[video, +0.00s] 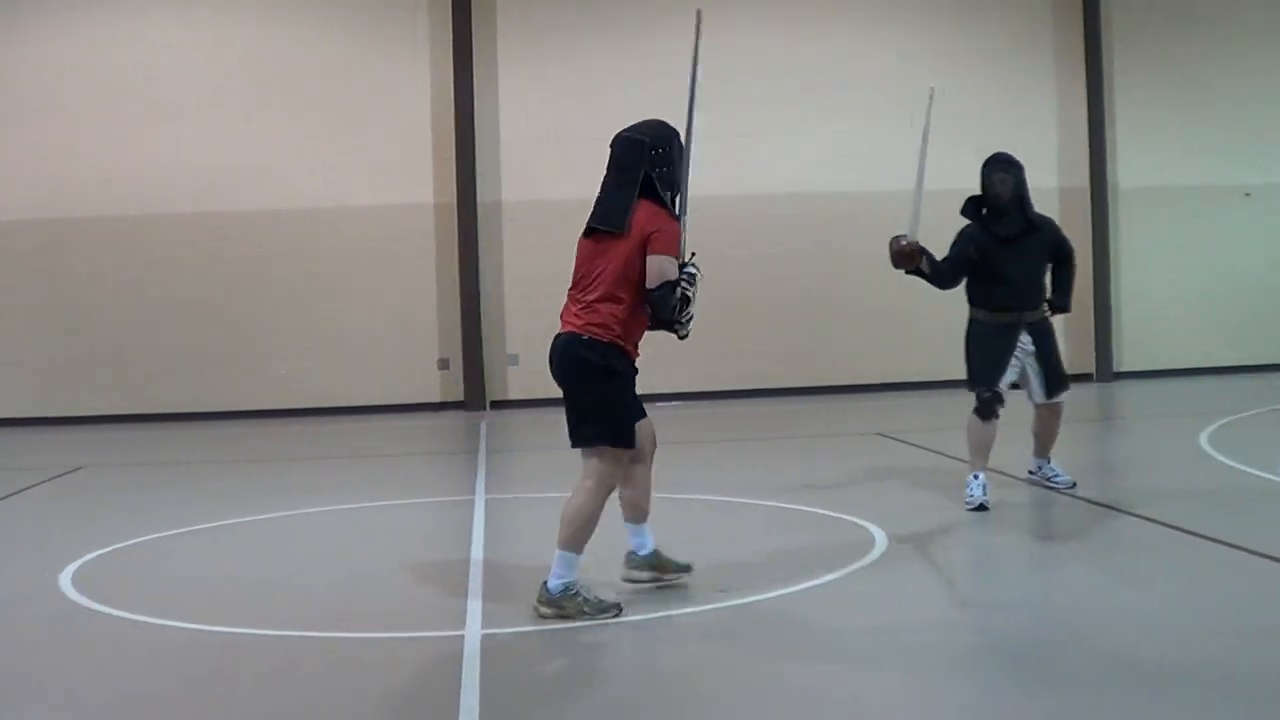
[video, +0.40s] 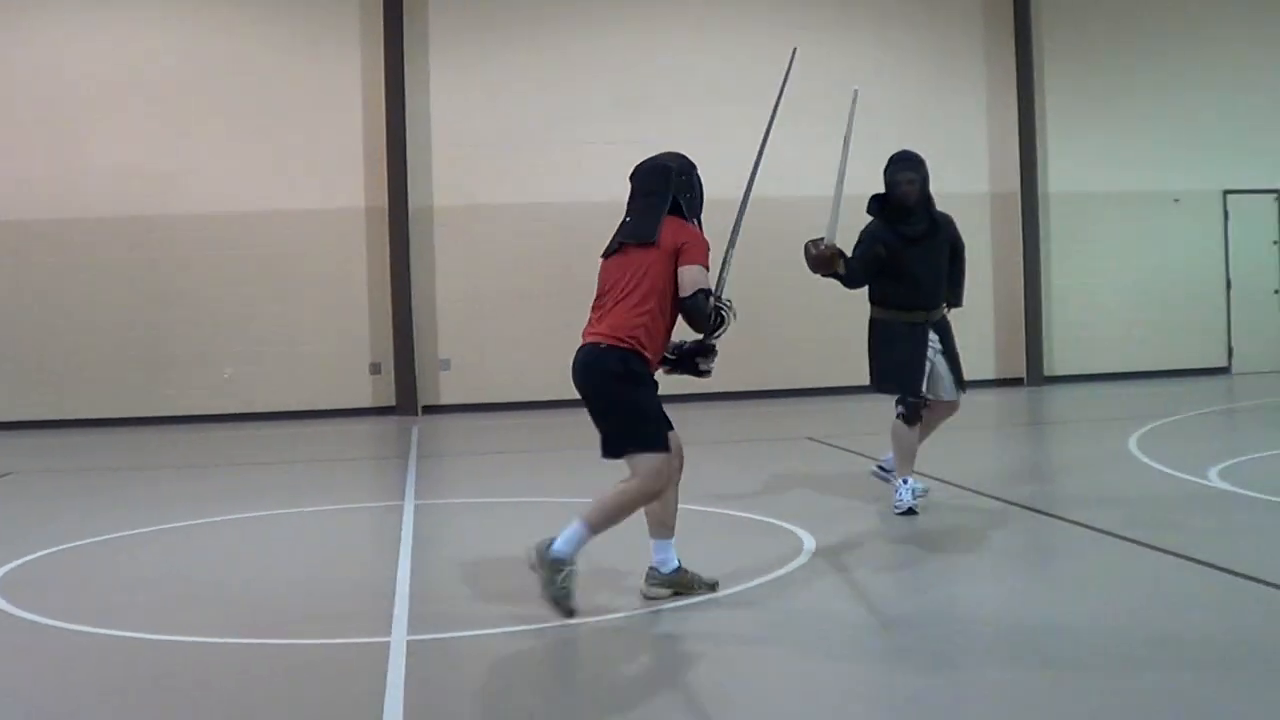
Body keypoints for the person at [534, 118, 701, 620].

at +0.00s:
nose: (680, 170)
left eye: (677, 159)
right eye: (677, 161)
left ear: (624, 163)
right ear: (664, 165)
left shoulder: (602, 213)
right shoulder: (658, 219)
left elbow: (600, 284)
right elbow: (661, 302)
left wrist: (663, 286)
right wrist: (679, 307)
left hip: (571, 347)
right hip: (601, 355)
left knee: (641, 442)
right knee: (605, 468)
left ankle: (641, 553)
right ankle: (559, 585)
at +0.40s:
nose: (699, 197)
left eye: (697, 188)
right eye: (696, 188)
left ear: (643, 192)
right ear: (685, 190)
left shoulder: (625, 236)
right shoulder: (686, 234)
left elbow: (619, 318)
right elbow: (696, 307)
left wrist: (673, 353)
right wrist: (714, 319)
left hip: (595, 360)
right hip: (620, 364)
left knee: (671, 452)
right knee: (655, 473)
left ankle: (665, 569)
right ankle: (558, 551)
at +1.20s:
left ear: (817, 209)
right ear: (851, 217)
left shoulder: (799, 228)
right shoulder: (848, 256)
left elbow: (775, 207)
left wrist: (783, 207)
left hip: (783, 350)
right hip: (831, 352)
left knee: (755, 451)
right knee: (835, 436)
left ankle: (766, 526)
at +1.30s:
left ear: (830, 215)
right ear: (863, 219)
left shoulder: (819, 236)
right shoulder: (865, 257)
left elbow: (793, 209)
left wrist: (788, 195)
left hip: (813, 360)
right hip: (856, 362)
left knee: (781, 452)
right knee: (852, 434)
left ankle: (782, 505)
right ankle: (892, 505)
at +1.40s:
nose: (810, 210)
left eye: (815, 202)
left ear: (824, 208)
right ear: (858, 208)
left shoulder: (818, 232)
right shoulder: (870, 244)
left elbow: (794, 199)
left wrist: (800, 171)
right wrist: (829, 190)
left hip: (827, 353)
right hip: (869, 353)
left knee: (805, 445)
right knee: (848, 436)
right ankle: (891, 493)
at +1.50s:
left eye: (807, 203)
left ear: (815, 205)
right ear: (853, 205)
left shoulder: (804, 231)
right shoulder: (865, 239)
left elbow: (794, 220)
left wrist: (820, 203)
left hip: (832, 340)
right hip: (874, 335)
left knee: (828, 419)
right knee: (859, 427)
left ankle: (866, 474)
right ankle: (906, 485)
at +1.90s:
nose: (848, 222)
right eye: (844, 218)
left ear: (806, 231)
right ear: (841, 223)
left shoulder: (804, 270)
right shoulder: (862, 252)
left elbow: (807, 312)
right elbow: (888, 299)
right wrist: (903, 339)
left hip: (822, 344)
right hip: (862, 337)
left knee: (845, 408)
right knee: (883, 413)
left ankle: (850, 477)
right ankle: (870, 455)